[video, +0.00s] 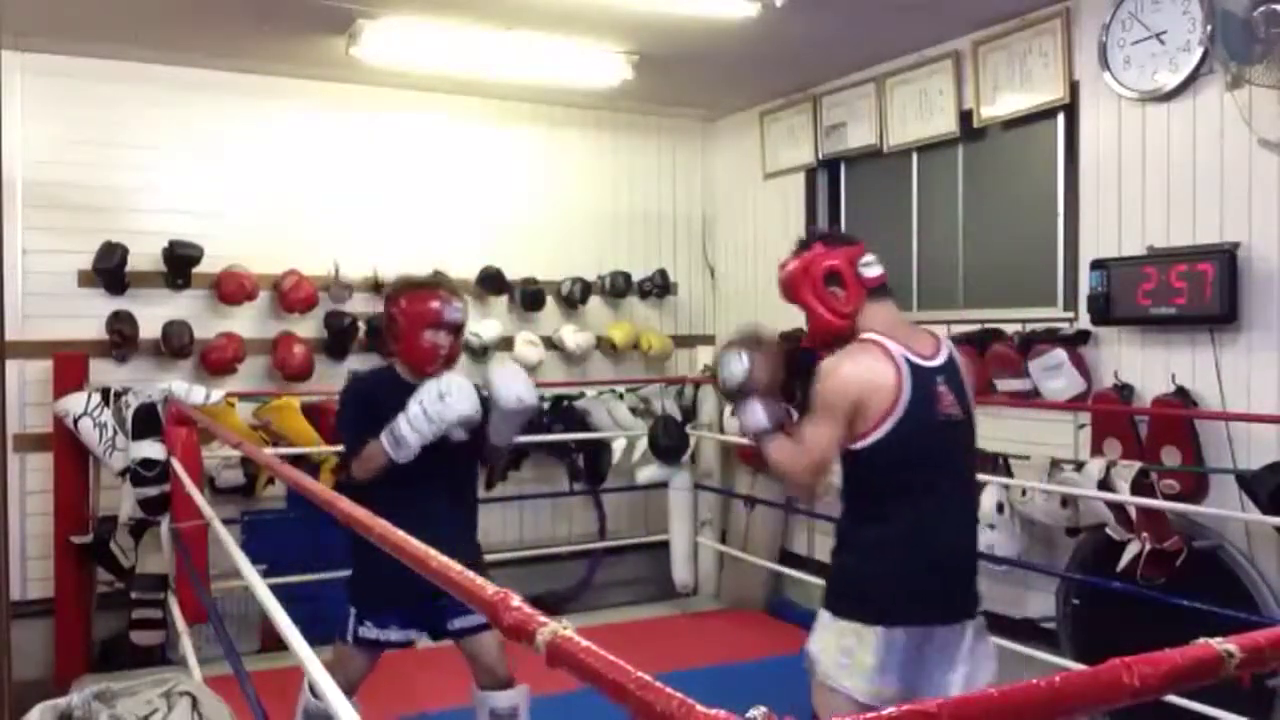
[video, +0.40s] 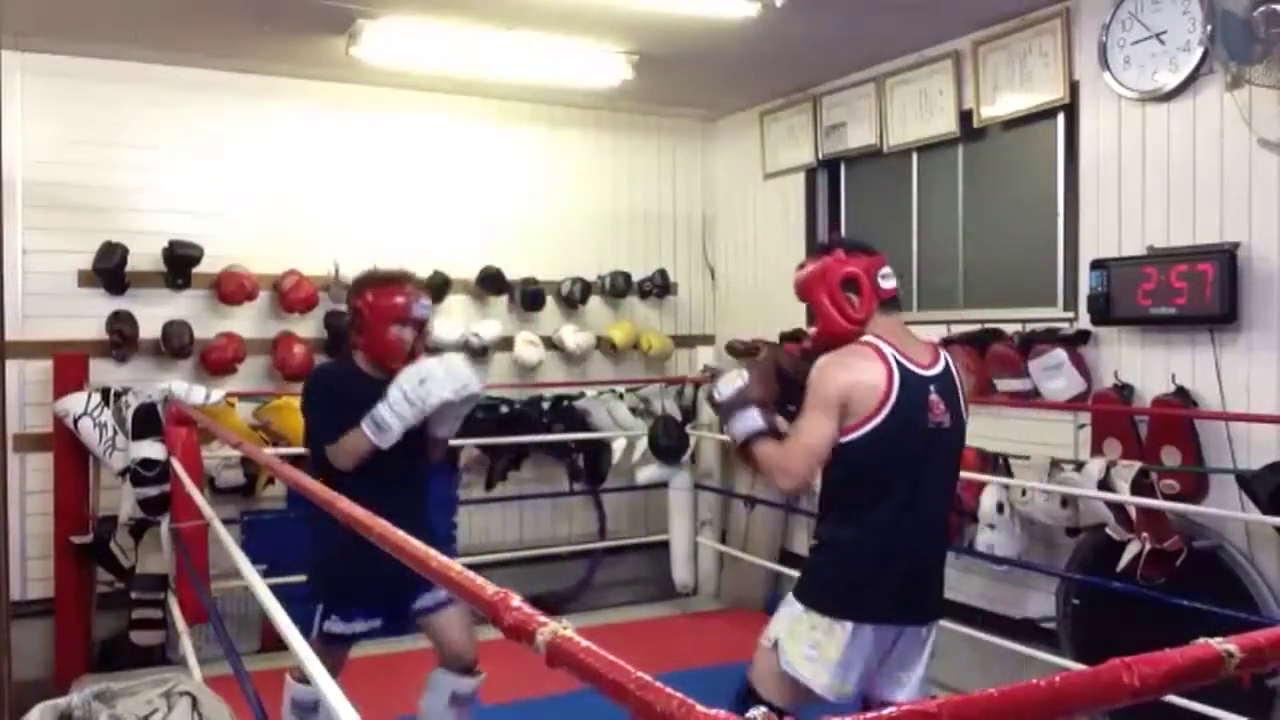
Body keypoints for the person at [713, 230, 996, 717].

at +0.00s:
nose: (807, 320)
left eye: (807, 305)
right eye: (802, 307)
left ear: (836, 292)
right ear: (868, 280)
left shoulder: (850, 370)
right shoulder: (946, 352)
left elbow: (800, 469)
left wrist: (756, 406)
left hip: (873, 602)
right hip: (953, 593)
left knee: (840, 707)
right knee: (943, 715)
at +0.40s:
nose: (811, 323)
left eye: (813, 308)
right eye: (808, 308)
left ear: (849, 297)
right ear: (873, 293)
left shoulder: (841, 369)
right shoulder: (943, 363)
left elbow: (789, 472)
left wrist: (742, 415)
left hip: (845, 591)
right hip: (920, 590)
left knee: (762, 704)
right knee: (890, 711)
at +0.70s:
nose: (780, 323)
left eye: (782, 307)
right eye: (775, 309)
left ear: (817, 297)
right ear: (831, 291)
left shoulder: (852, 371)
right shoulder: (892, 359)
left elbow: (773, 456)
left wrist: (743, 382)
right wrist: (770, 392)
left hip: (828, 584)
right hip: (888, 582)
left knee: (735, 708)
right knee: (876, 709)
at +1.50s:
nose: (752, 337)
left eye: (753, 324)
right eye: (748, 326)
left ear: (787, 313)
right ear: (801, 309)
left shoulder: (820, 389)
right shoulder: (855, 375)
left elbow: (751, 481)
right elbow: (775, 460)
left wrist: (720, 402)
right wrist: (740, 395)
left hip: (794, 596)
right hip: (856, 596)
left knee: (684, 690)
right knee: (850, 710)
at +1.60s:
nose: (722, 332)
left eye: (725, 317)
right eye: (720, 318)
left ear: (755, 310)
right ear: (774, 305)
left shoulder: (777, 387)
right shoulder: (833, 373)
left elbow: (729, 489)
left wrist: (685, 444)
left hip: (757, 594)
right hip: (828, 592)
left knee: (642, 663)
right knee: (843, 711)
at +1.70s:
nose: (669, 314)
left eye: (674, 300)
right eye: (669, 300)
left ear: (701, 300)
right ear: (734, 299)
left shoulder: (690, 371)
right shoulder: (793, 368)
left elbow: (611, 433)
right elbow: (809, 431)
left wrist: (574, 395)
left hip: (707, 579)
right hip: (786, 575)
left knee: (622, 666)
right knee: (831, 700)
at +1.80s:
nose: (610, 316)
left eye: (613, 306)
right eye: (613, 305)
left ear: (626, 312)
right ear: (683, 306)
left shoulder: (604, 370)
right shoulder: (738, 374)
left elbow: (530, 362)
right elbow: (752, 434)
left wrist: (462, 343)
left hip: (654, 586)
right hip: (739, 580)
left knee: (604, 699)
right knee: (802, 689)